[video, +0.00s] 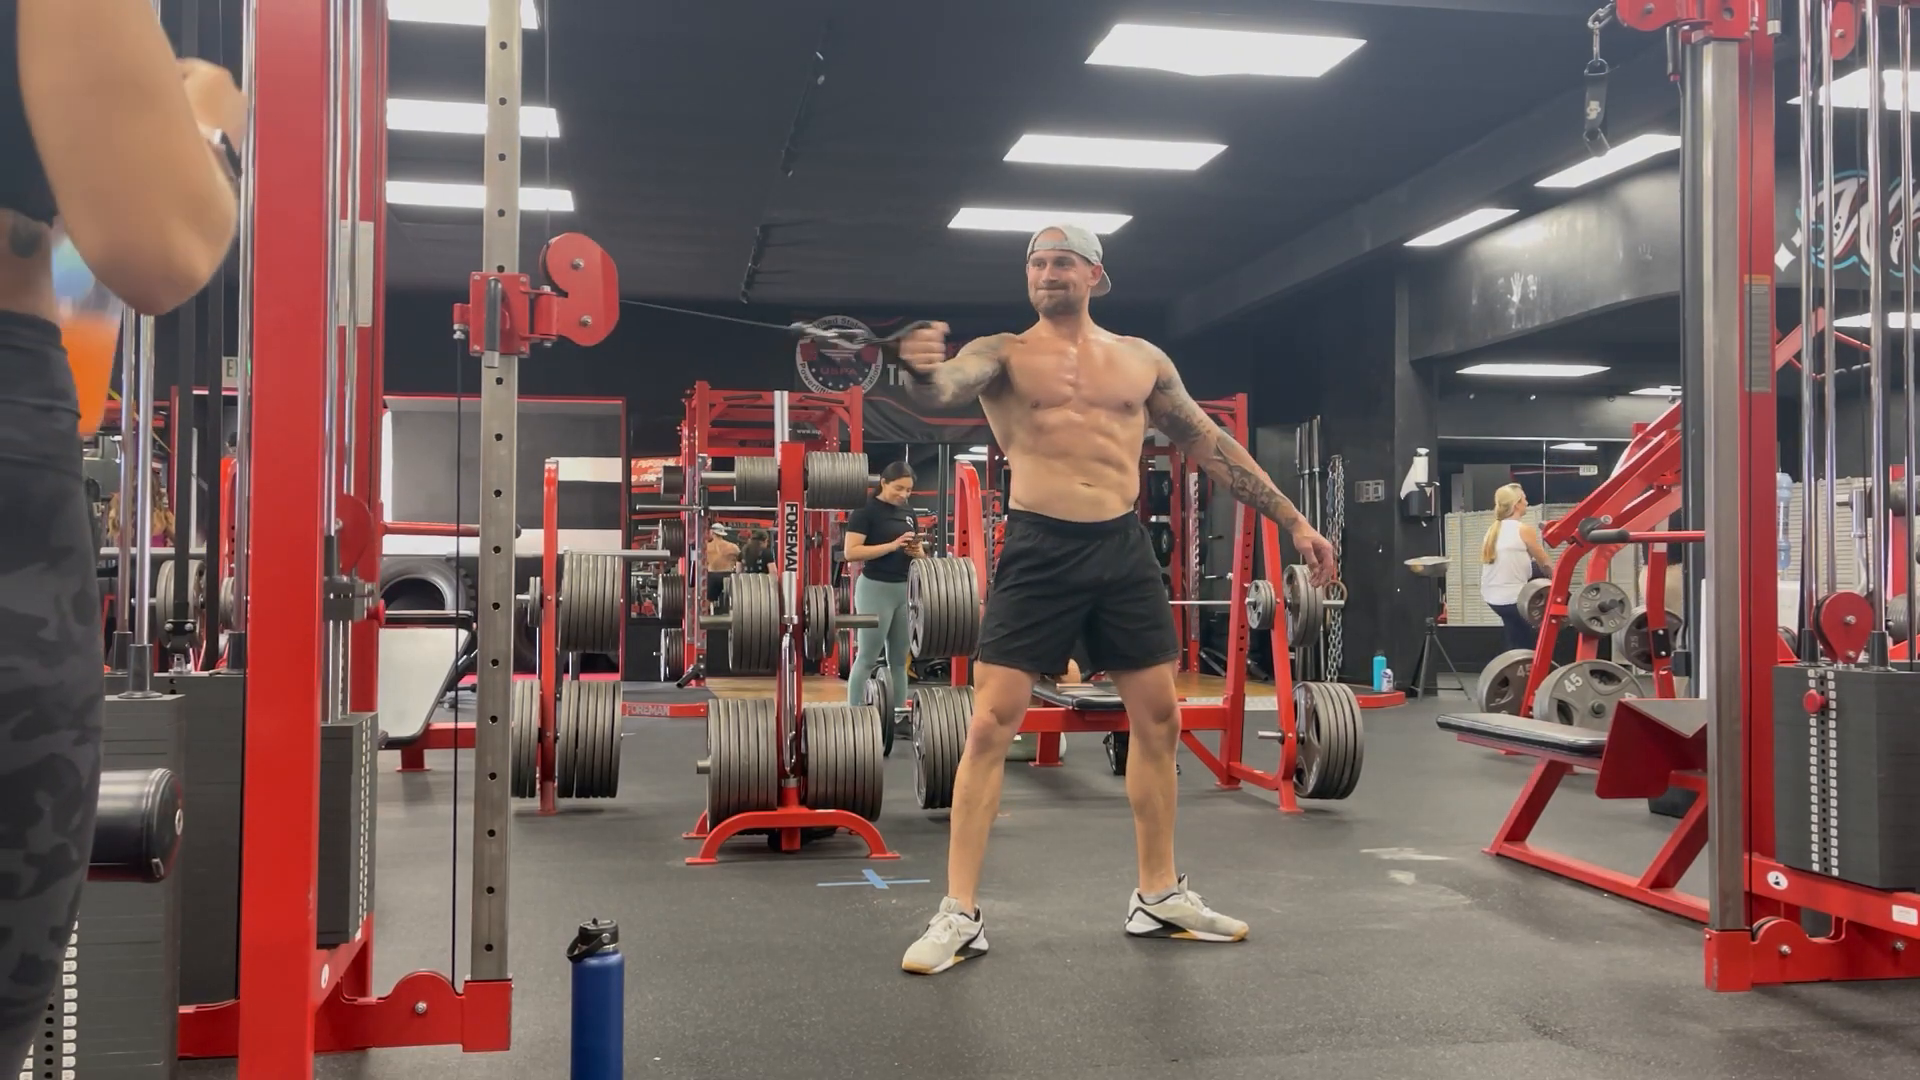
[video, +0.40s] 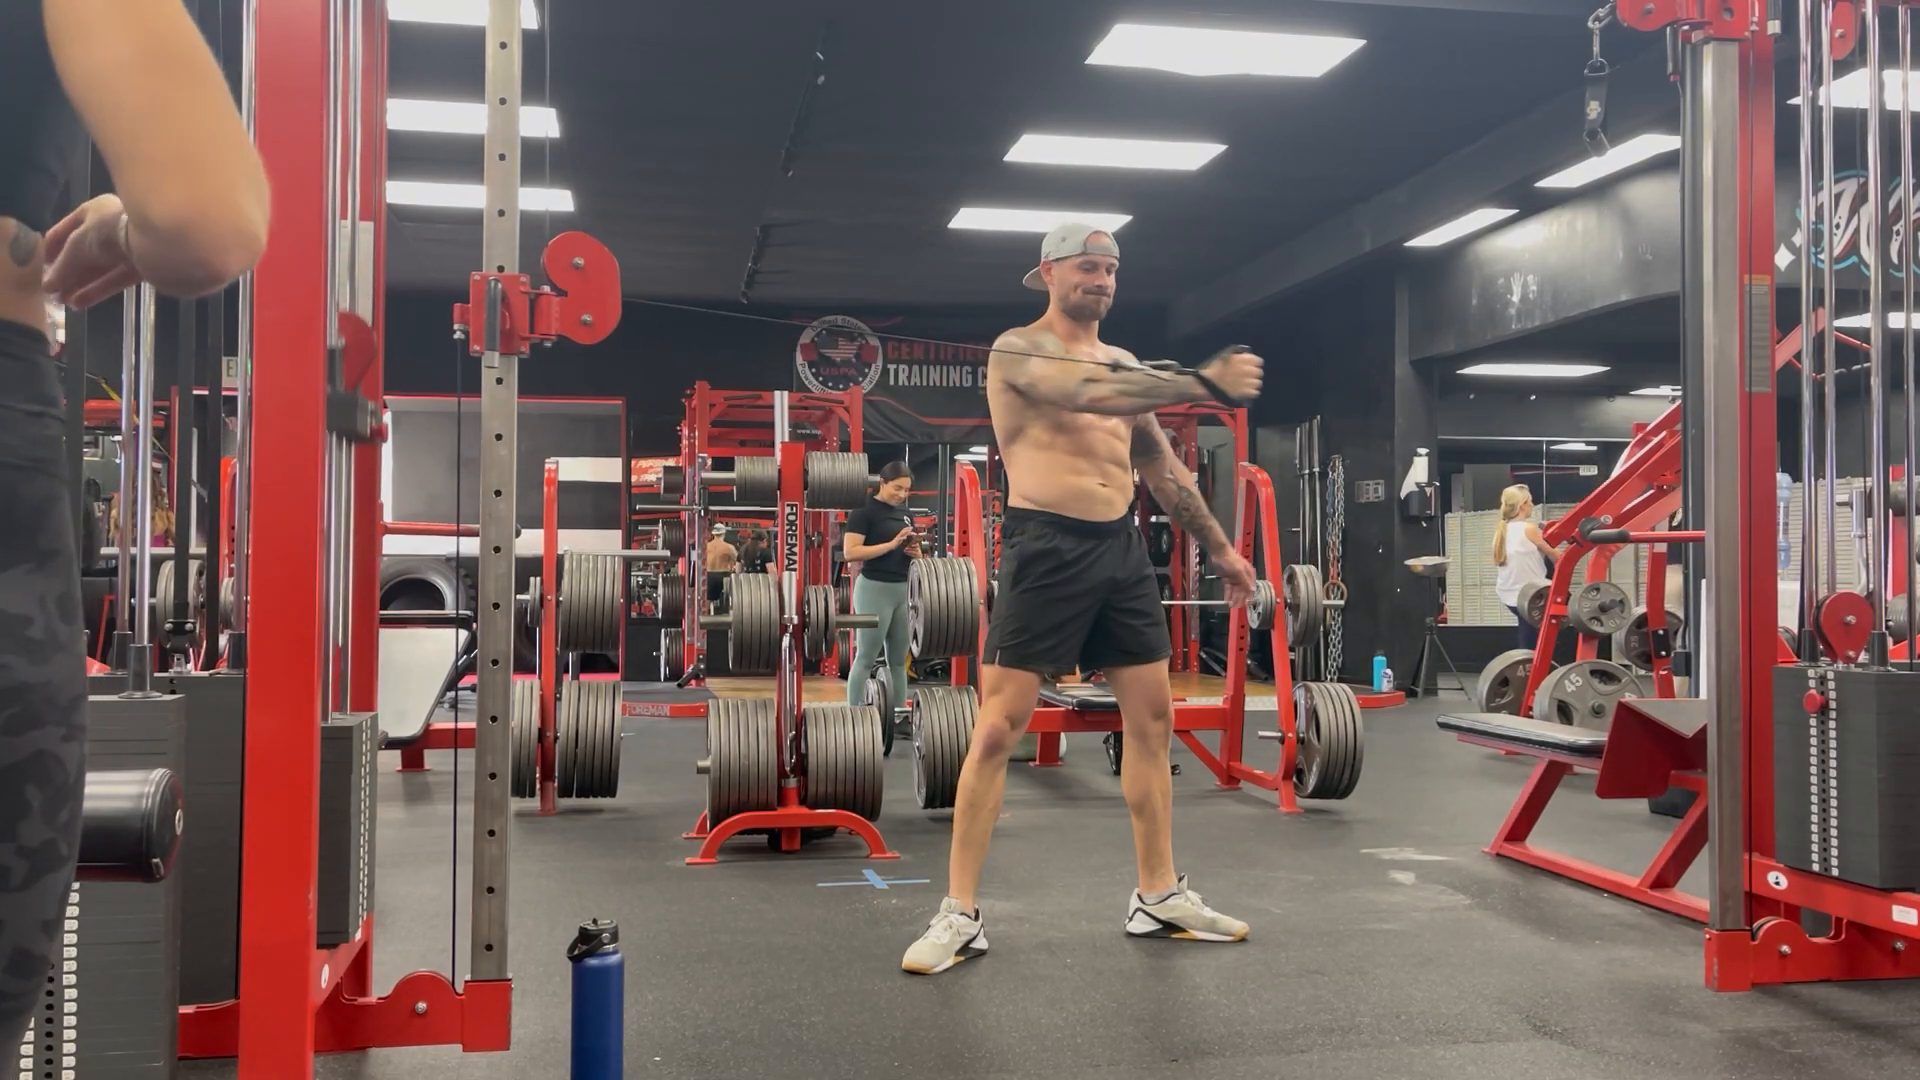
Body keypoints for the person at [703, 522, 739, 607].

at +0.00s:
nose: (710, 534)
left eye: (710, 532)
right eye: (710, 532)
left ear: (713, 533)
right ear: (723, 534)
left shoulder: (707, 547)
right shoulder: (732, 547)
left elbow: (705, 562)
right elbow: (740, 558)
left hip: (712, 573)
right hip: (728, 573)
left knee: (711, 601)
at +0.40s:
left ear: (713, 533)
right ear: (724, 534)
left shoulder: (707, 546)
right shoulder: (729, 547)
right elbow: (736, 559)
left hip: (710, 573)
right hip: (725, 573)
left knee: (710, 600)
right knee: (724, 600)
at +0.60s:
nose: (727, 535)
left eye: (727, 533)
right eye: (726, 533)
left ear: (715, 534)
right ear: (723, 534)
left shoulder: (709, 545)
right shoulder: (724, 546)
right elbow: (732, 559)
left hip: (710, 572)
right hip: (722, 572)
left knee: (710, 599)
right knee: (723, 599)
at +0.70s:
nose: (728, 535)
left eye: (728, 533)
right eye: (727, 533)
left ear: (717, 534)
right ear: (723, 534)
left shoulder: (709, 545)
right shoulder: (722, 547)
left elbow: (728, 552)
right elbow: (729, 561)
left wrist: (735, 555)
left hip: (711, 572)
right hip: (722, 573)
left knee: (711, 600)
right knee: (723, 600)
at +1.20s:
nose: (728, 536)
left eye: (728, 534)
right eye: (727, 534)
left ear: (718, 534)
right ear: (723, 534)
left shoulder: (710, 545)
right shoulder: (722, 547)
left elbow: (727, 552)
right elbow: (726, 564)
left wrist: (735, 555)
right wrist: (733, 574)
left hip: (711, 572)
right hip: (721, 572)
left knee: (710, 599)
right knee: (722, 600)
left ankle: (707, 616)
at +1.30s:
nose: (727, 536)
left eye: (727, 534)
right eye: (727, 534)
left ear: (716, 533)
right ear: (723, 534)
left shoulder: (709, 545)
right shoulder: (723, 546)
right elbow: (728, 560)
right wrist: (734, 567)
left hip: (711, 572)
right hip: (721, 572)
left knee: (710, 599)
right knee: (723, 599)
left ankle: (707, 616)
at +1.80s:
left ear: (714, 533)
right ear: (725, 534)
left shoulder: (708, 546)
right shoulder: (731, 548)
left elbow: (704, 561)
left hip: (711, 573)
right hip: (726, 573)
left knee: (709, 601)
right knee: (725, 602)